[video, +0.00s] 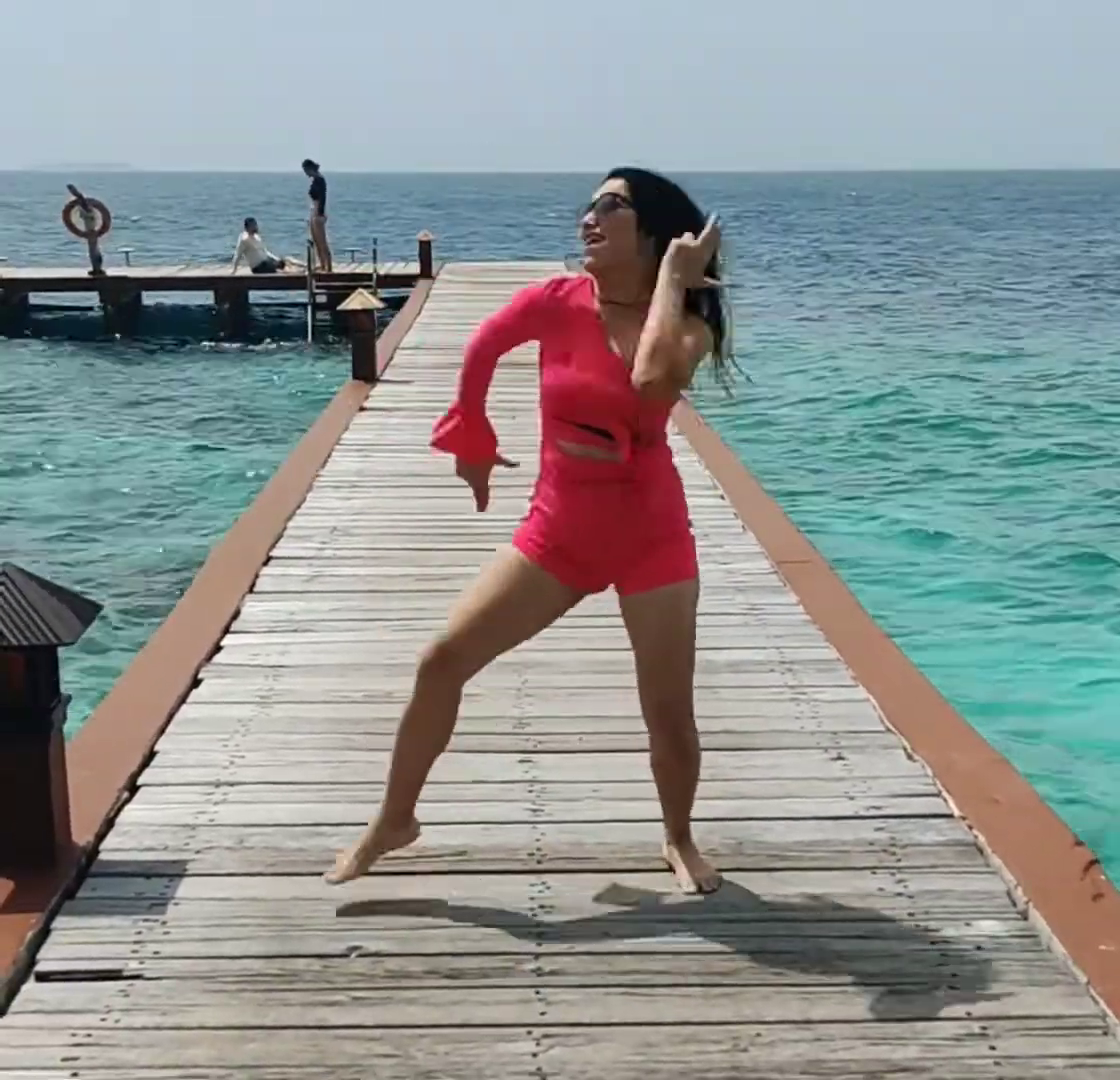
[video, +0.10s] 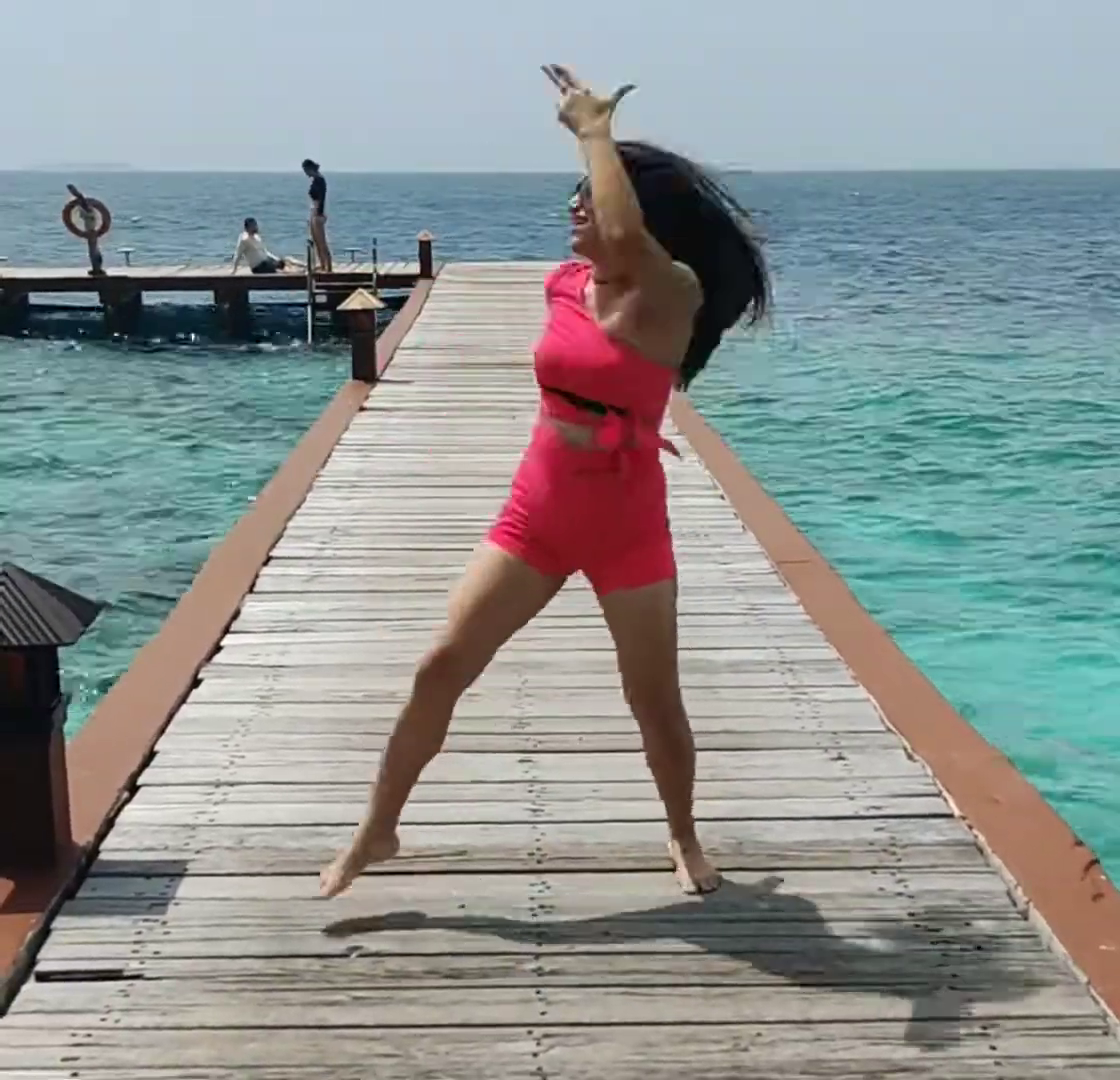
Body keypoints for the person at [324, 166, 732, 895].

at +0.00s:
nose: (589, 218)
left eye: (610, 207)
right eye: (590, 207)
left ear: (655, 234)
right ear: (594, 231)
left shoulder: (686, 320)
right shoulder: (559, 299)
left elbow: (653, 376)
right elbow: (484, 343)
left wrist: (670, 278)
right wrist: (469, 428)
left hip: (651, 535)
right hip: (560, 529)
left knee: (670, 713)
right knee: (441, 663)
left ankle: (680, 840)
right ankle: (394, 819)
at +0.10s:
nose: (577, 212)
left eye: (592, 203)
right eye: (578, 199)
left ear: (638, 219)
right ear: (582, 210)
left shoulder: (671, 295)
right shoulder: (574, 279)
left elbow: (622, 233)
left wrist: (597, 134)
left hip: (626, 520)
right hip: (539, 507)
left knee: (656, 699)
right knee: (441, 666)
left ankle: (685, 837)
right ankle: (376, 829)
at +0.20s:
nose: (563, 231)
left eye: (577, 218)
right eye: (566, 216)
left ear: (627, 231)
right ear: (601, 231)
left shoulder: (653, 299)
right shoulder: (593, 296)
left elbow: (591, 200)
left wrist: (489, 135)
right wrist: (635, 432)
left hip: (592, 540)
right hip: (511, 515)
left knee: (633, 718)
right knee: (436, 688)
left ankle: (677, 844)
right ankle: (413, 858)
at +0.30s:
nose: (563, 260)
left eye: (580, 246)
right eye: (566, 244)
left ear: (622, 259)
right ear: (596, 261)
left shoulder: (642, 322)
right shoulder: (598, 335)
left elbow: (548, 251)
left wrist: (451, 210)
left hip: (559, 572)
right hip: (486, 544)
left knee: (602, 737)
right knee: (421, 703)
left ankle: (674, 848)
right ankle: (421, 879)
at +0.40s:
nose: (548, 274)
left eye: (565, 261)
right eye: (553, 260)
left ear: (610, 278)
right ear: (590, 281)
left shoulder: (628, 333)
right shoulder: (591, 367)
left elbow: (545, 327)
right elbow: (551, 494)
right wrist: (467, 491)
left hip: (549, 586)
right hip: (481, 560)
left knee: (590, 754)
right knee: (398, 711)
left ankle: (672, 841)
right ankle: (421, 879)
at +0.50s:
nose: (529, 267)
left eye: (546, 257)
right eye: (533, 254)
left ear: (589, 276)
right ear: (559, 276)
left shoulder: (604, 326)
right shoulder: (558, 360)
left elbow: (608, 408)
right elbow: (476, 456)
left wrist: (542, 512)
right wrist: (439, 377)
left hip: (553, 573)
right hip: (486, 552)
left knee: (589, 755)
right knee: (398, 714)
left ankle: (673, 838)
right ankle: (425, 881)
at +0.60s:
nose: (539, 240)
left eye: (561, 229)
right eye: (528, 228)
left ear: (596, 252)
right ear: (517, 245)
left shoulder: (610, 335)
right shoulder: (511, 331)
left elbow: (702, 415)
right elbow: (415, 341)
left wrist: (677, 529)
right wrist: (435, 255)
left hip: (566, 566)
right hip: (489, 549)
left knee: (605, 748)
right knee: (417, 716)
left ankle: (678, 831)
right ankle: (426, 885)